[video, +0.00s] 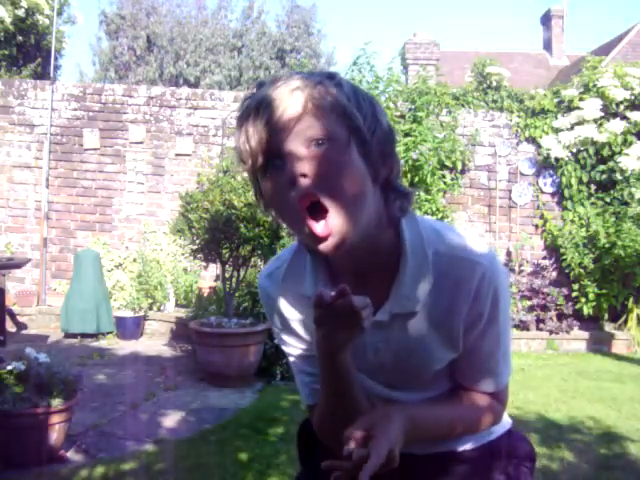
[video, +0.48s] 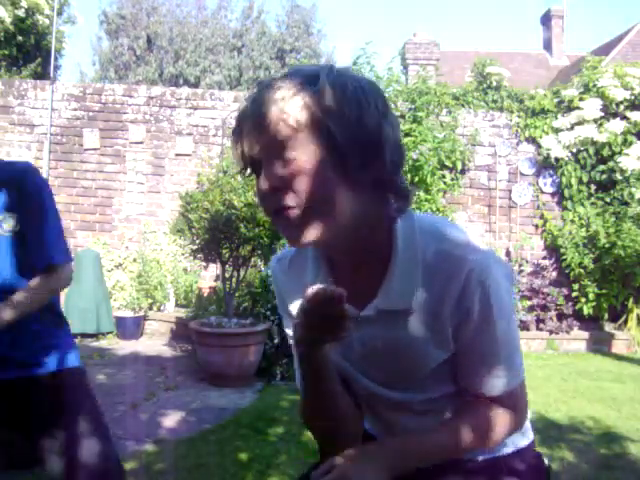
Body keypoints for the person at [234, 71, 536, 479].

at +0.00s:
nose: (297, 173)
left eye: (317, 144)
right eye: (273, 163)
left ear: (379, 159)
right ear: (264, 198)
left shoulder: (472, 273)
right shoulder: (282, 286)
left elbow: (485, 405)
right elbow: (336, 440)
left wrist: (402, 418)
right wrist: (333, 351)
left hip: (468, 454)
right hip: (355, 457)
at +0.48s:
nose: (264, 185)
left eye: (283, 157)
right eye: (256, 167)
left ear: (357, 154)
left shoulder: (467, 269)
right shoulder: (292, 273)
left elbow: (503, 410)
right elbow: (337, 447)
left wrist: (384, 459)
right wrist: (311, 353)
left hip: (483, 460)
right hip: (377, 458)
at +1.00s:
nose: (328, 178)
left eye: (334, 164)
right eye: (332, 164)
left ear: (361, 180)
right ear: (440, 180)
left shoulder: (436, 288)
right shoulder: (398, 267)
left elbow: (554, 436)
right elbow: (358, 398)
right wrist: (326, 267)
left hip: (504, 471)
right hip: (448, 465)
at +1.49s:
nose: (359, 161)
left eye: (365, 146)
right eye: (364, 146)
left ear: (377, 169)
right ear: (467, 168)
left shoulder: (453, 262)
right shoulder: (425, 249)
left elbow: (569, 417)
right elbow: (375, 375)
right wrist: (354, 246)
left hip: (525, 471)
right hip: (480, 465)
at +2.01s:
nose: (389, 150)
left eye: (414, 141)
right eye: (375, 136)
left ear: (447, 178)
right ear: (351, 158)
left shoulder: (466, 272)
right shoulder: (379, 253)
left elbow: (569, 421)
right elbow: (353, 389)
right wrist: (326, 283)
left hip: (526, 472)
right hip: (455, 464)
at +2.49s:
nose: (306, 93)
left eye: (316, 77)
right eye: (310, 77)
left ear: (352, 81)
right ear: (399, 85)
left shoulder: (404, 170)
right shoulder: (408, 157)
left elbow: (480, 334)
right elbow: (497, 212)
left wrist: (329, 260)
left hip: (466, 451)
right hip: (402, 431)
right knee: (303, 475)